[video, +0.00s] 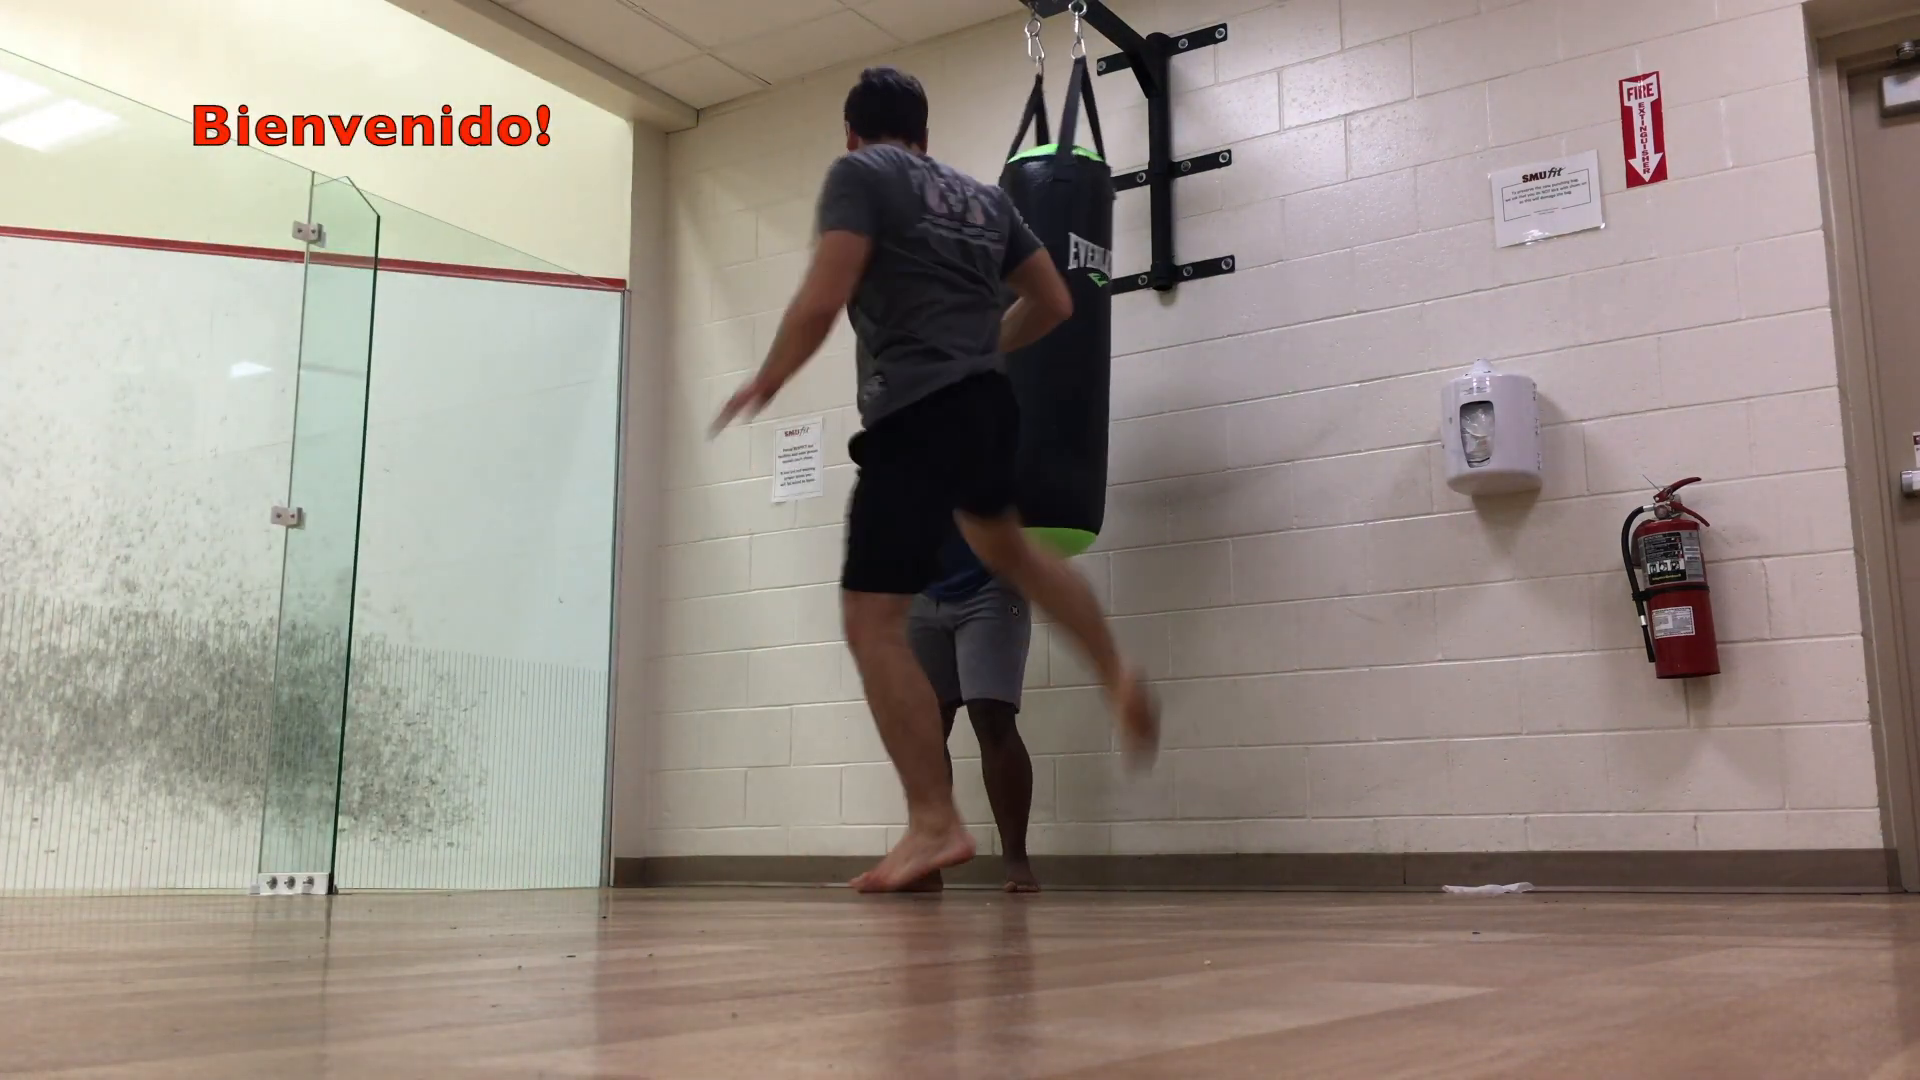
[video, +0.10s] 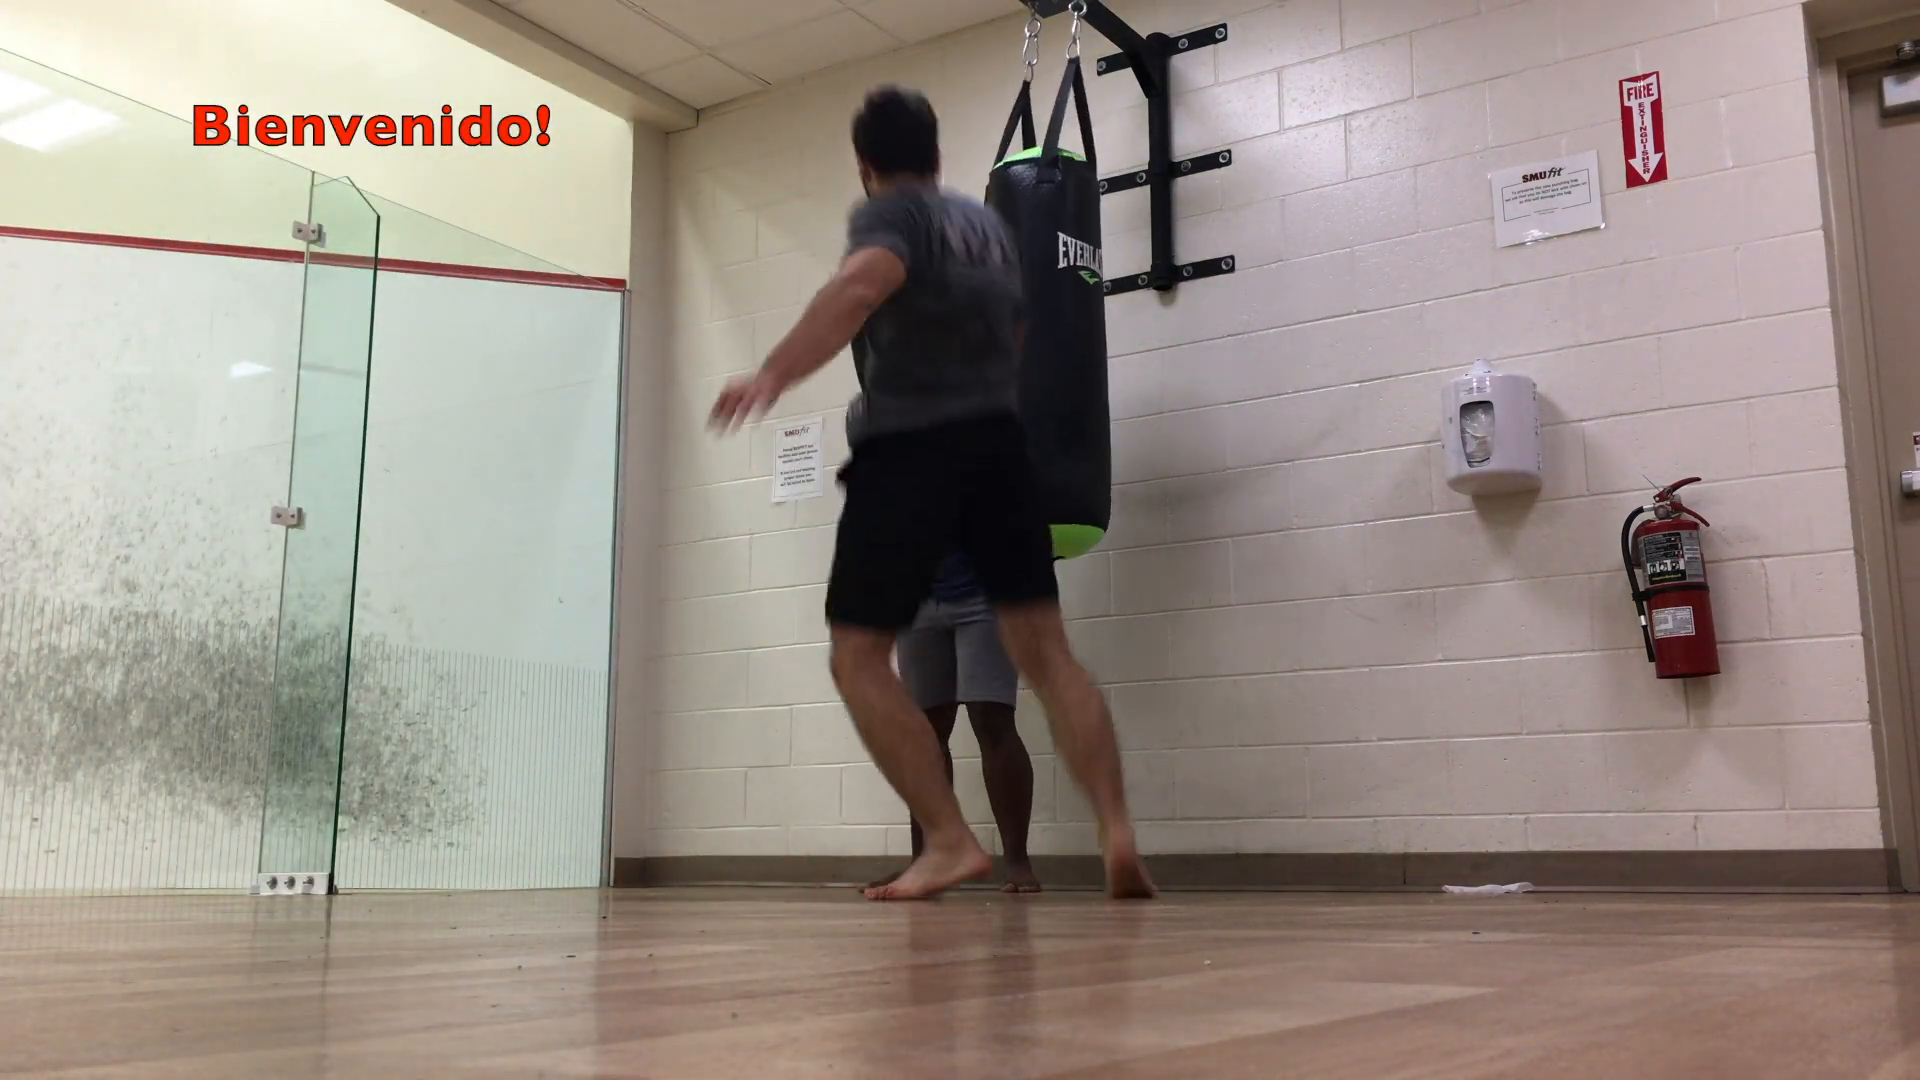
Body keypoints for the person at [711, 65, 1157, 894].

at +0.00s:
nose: (847, 148)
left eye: (846, 138)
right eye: (858, 140)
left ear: (852, 135)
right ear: (922, 131)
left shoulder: (861, 171)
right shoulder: (984, 197)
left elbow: (823, 299)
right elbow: (1051, 303)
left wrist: (765, 382)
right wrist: (980, 346)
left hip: (913, 422)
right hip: (988, 407)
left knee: (873, 622)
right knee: (1005, 545)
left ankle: (934, 824)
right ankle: (1120, 678)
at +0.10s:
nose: (861, 173)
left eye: (859, 162)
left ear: (865, 162)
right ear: (938, 157)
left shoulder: (885, 213)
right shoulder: (986, 224)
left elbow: (868, 280)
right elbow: (1015, 331)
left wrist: (770, 375)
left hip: (907, 462)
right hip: (999, 456)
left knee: (859, 656)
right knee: (1046, 650)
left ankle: (949, 841)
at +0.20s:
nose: (869, 181)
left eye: (867, 170)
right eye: (876, 174)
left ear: (874, 170)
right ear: (947, 166)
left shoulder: (902, 219)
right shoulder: (981, 232)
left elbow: (871, 271)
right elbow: (923, 310)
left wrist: (743, 317)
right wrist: (835, 287)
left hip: (913, 489)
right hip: (1001, 478)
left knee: (887, 665)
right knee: (1055, 646)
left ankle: (955, 851)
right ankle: (1122, 785)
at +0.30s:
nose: (866, 149)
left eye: (866, 137)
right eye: (870, 137)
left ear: (879, 131)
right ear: (941, 131)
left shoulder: (894, 194)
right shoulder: (968, 192)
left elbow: (800, 292)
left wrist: (760, 308)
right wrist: (818, 273)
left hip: (945, 444)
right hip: (988, 428)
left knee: (900, 627)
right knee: (992, 501)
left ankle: (951, 842)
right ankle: (1121, 567)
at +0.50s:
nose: (865, 138)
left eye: (864, 127)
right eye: (870, 128)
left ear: (874, 126)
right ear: (945, 124)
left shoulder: (876, 179)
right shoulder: (1004, 191)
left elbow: (820, 311)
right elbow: (1093, 273)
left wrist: (851, 262)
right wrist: (1101, 314)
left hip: (932, 421)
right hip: (1016, 409)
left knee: (901, 623)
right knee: (1027, 496)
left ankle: (957, 830)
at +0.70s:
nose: (886, 181)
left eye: (883, 170)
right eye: (889, 171)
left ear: (890, 168)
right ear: (962, 164)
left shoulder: (921, 226)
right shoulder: (1007, 227)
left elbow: (887, 281)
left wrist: (745, 296)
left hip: (945, 484)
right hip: (1032, 475)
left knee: (918, 666)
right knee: (1089, 654)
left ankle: (982, 855)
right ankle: (1149, 836)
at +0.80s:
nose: (883, 149)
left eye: (881, 137)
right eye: (885, 139)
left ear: (894, 129)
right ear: (958, 127)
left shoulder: (919, 189)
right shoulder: (995, 187)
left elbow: (811, 258)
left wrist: (744, 294)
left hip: (963, 436)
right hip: (1027, 424)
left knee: (896, 616)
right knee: (1013, 541)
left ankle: (949, 821)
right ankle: (1156, 648)